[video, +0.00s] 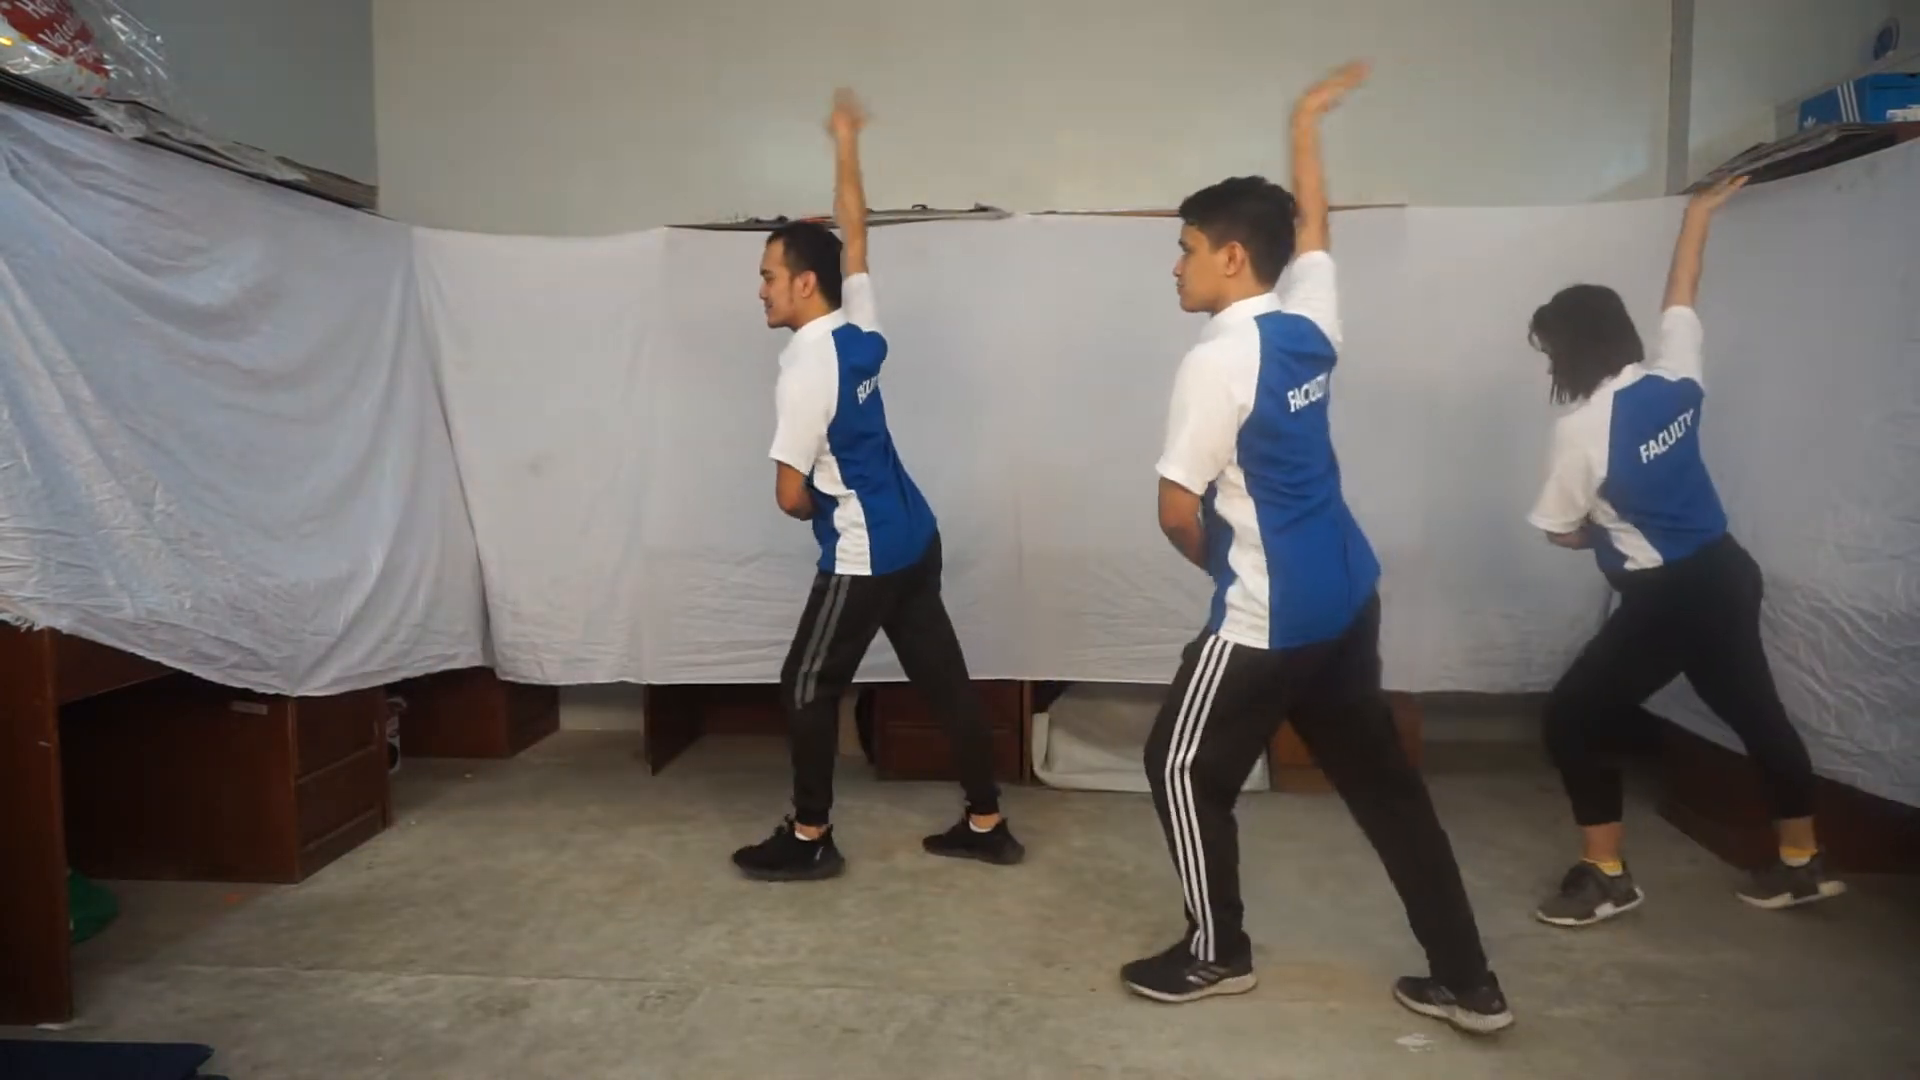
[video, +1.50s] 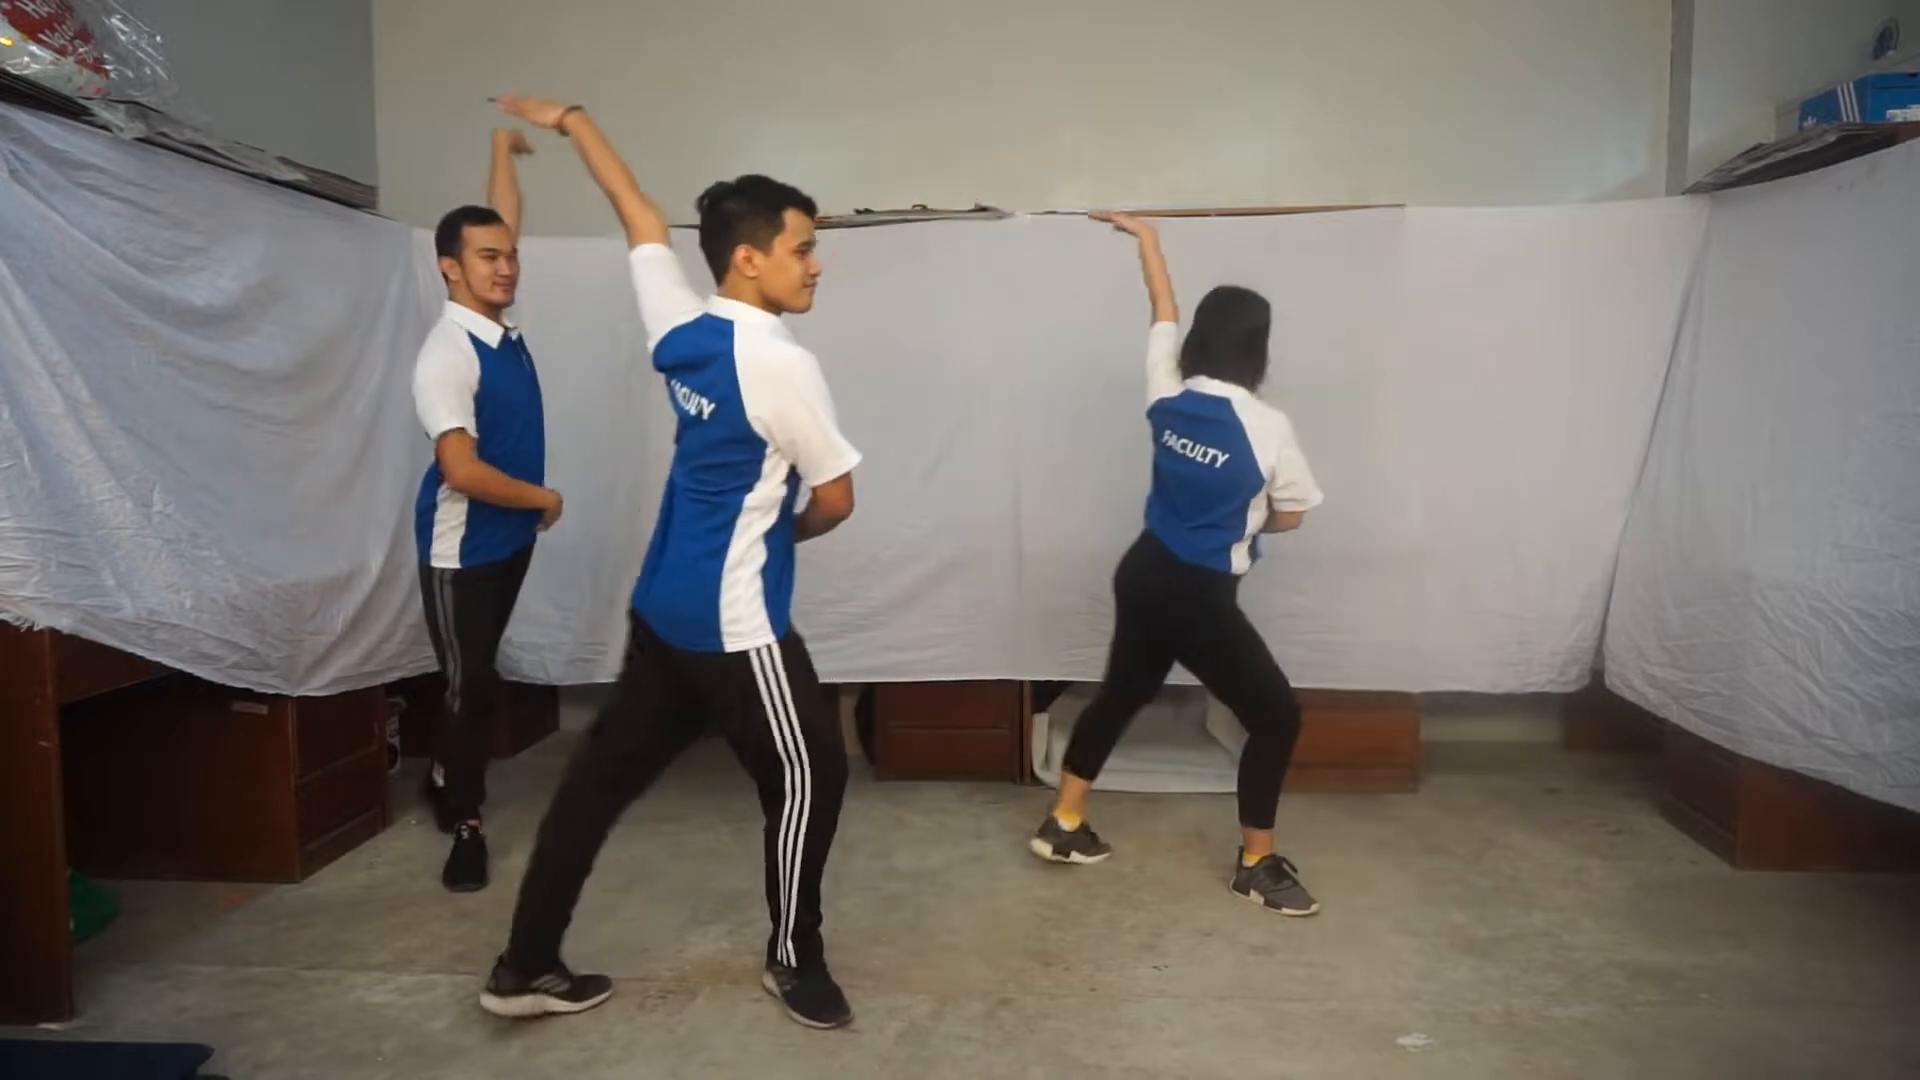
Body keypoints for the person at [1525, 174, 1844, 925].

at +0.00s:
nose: (1548, 364)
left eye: (1550, 352)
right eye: (1546, 351)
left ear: (1571, 350)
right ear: (1617, 333)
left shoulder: (1580, 428)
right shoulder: (1674, 375)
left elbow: (1561, 528)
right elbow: (1684, 293)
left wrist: (1611, 524)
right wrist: (1698, 214)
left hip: (1667, 598)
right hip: (1728, 574)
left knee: (1570, 717)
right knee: (1762, 715)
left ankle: (1605, 872)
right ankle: (1801, 862)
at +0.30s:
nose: (1522, 333)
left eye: (1534, 320)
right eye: (1524, 320)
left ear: (1573, 329)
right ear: (1583, 333)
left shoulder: (1564, 405)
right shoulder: (1594, 388)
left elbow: (1514, 514)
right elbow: (1523, 418)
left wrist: (1484, 560)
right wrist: (1500, 352)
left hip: (1588, 595)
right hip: (1615, 588)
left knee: (1532, 729)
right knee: (1573, 709)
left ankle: (1583, 884)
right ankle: (1684, 825)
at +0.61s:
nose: (1469, 312)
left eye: (1485, 304)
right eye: (1458, 304)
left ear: (1512, 324)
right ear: (1441, 322)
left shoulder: (1533, 400)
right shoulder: (1420, 403)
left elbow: (1549, 506)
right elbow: (1382, 488)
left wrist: (1526, 597)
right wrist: (1342, 540)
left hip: (1503, 589)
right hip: (1426, 584)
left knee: (1505, 736)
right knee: (1403, 722)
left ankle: (1560, 867)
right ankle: (1394, 859)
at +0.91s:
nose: (1419, 317)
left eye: (1420, 309)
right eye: (1401, 308)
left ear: (1425, 327)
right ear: (1364, 328)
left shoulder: (1452, 409)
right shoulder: (1335, 408)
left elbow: (1505, 497)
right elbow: (1275, 489)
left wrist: (1589, 548)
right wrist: (1279, 534)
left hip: (1424, 589)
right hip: (1344, 584)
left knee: (1449, 722)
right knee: (1341, 729)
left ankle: (1448, 862)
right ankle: (1271, 855)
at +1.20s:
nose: (1341, 337)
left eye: (1342, 324)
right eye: (1336, 325)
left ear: (1274, 319)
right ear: (1316, 327)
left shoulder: (1261, 383)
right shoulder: (1303, 401)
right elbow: (1324, 514)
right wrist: (1365, 548)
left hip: (1251, 571)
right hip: (1262, 581)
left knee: (1317, 699)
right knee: (1279, 713)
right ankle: (1254, 859)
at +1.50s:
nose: (1269, 346)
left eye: (1258, 334)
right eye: (1266, 337)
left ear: (1196, 338)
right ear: (1258, 347)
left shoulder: (1168, 392)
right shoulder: (1266, 425)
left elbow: (1162, 307)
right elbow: (1288, 516)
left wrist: (1145, 234)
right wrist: (1237, 507)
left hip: (1142, 577)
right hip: (1201, 596)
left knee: (1122, 692)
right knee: (1277, 717)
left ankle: (1064, 820)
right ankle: (1257, 860)